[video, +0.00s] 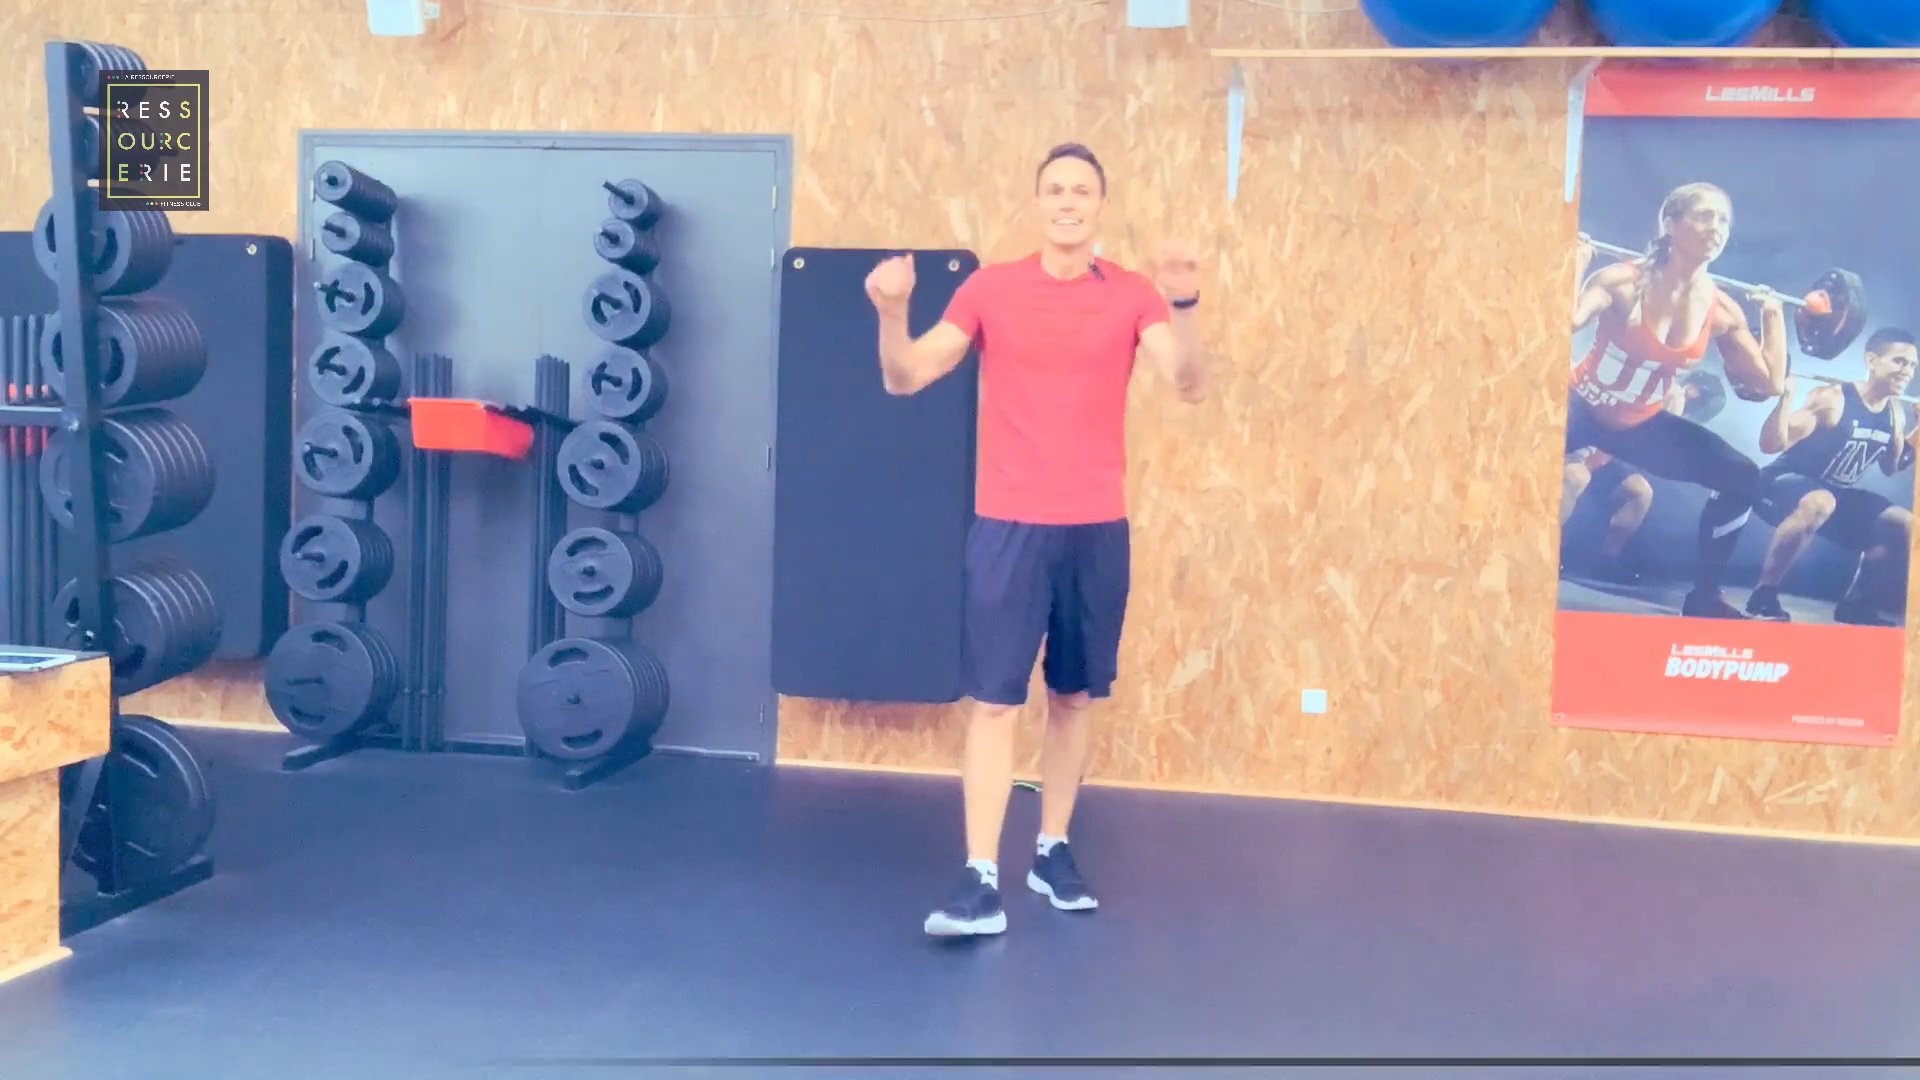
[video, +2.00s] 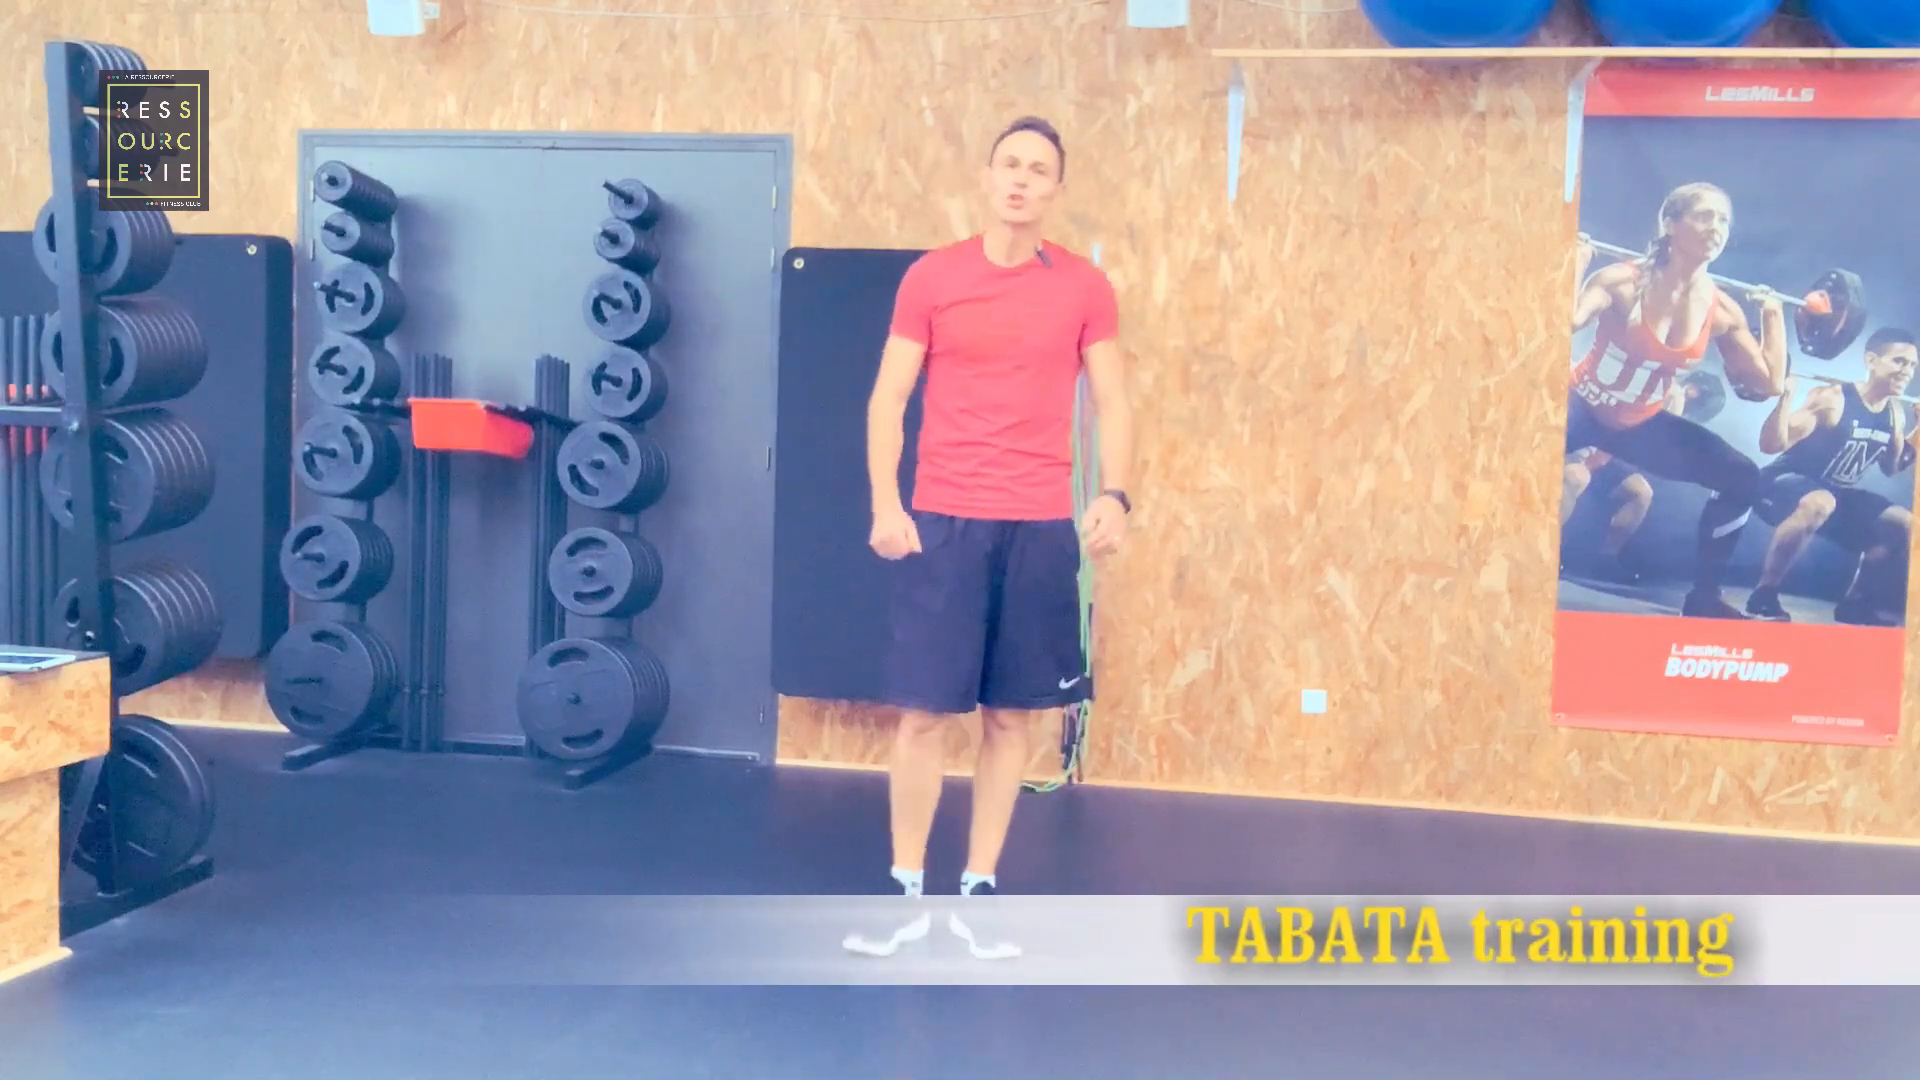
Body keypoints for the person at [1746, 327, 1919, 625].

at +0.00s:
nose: (1906, 371)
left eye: (1912, 365)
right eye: (1899, 361)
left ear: (1914, 372)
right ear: (1871, 361)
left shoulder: (1894, 413)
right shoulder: (1830, 398)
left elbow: (1891, 467)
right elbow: (1769, 444)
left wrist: (1912, 439)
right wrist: (1785, 395)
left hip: (1839, 494)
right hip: (1785, 481)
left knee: (1906, 525)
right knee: (1820, 503)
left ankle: (1855, 605)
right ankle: (1763, 596)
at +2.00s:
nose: (1906, 371)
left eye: (1911, 365)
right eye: (1899, 361)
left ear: (1914, 371)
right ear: (1871, 361)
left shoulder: (1894, 412)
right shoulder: (1830, 398)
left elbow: (1892, 467)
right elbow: (1769, 444)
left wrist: (1912, 443)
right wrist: (1785, 395)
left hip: (1839, 495)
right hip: (1786, 481)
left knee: (1906, 525)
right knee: (1820, 502)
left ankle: (1854, 604)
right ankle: (1764, 596)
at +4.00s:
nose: (1906, 371)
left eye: (1911, 365)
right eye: (1899, 361)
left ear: (1914, 371)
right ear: (1871, 361)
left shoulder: (1893, 412)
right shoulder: (1831, 398)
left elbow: (1891, 467)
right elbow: (1769, 444)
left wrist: (1910, 446)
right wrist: (1785, 396)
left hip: (1839, 495)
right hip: (1785, 482)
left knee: (1905, 524)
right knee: (1821, 502)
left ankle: (1854, 604)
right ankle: (1763, 596)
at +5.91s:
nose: (1906, 372)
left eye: (1911, 365)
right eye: (1899, 361)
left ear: (1913, 371)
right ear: (1872, 361)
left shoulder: (1894, 411)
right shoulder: (1831, 397)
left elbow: (1890, 466)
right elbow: (1769, 444)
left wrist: (1911, 442)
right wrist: (1785, 397)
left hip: (1838, 494)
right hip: (1785, 481)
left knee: (1904, 524)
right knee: (1820, 502)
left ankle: (1855, 604)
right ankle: (1763, 596)